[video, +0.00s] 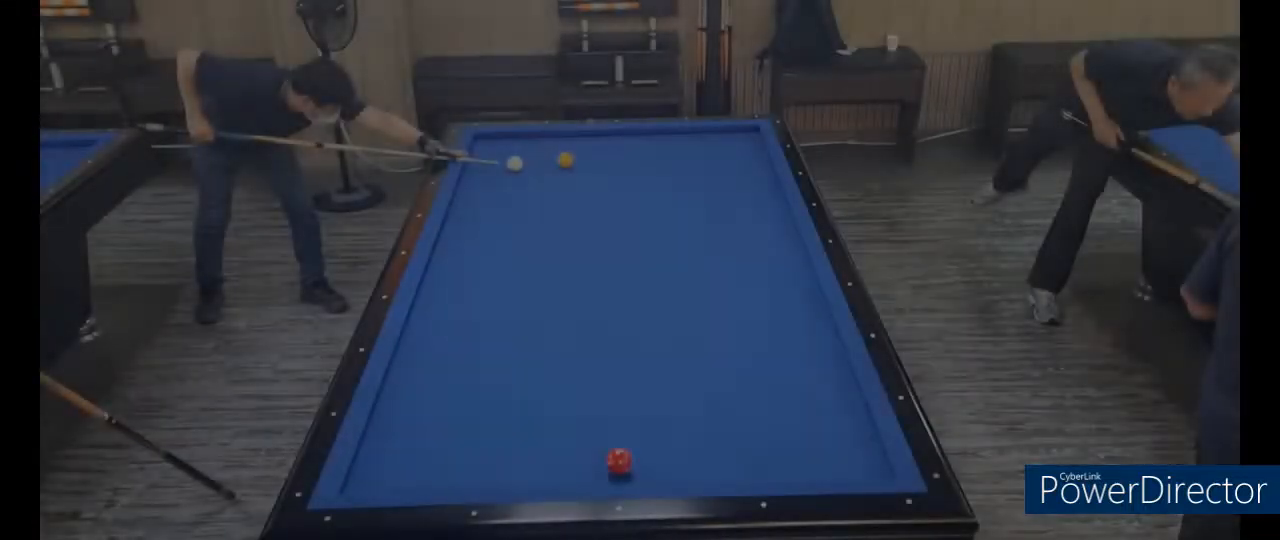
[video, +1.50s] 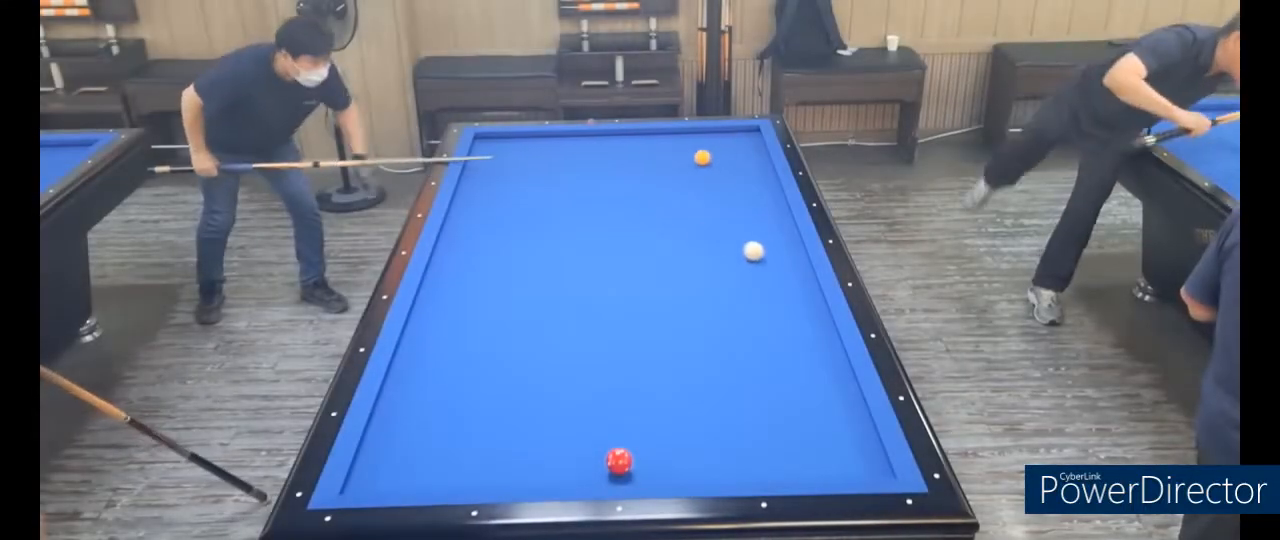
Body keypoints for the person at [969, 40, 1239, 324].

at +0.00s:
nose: (1208, 114)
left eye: (1214, 106)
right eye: (1202, 106)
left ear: (1223, 94)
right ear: (1175, 86)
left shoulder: (1222, 104)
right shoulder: (1138, 63)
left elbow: (1233, 152)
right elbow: (1078, 64)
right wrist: (1099, 119)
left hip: (1142, 146)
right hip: (1096, 133)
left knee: (1166, 201)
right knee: (1079, 202)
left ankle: (1159, 284)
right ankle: (1044, 287)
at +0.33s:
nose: (1208, 114)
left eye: (1215, 106)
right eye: (1202, 105)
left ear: (1225, 95)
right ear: (1176, 86)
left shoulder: (1222, 105)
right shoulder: (1135, 63)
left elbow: (1235, 151)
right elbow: (1078, 63)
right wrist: (1099, 118)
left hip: (1128, 136)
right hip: (1077, 112)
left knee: (1169, 198)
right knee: (1036, 144)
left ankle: (1160, 284)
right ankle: (1003, 181)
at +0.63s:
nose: (1214, 114)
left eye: (1221, 106)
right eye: (1207, 105)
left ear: (1229, 95)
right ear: (1177, 87)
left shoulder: (1225, 106)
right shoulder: (1137, 67)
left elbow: (1235, 149)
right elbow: (1075, 80)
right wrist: (1106, 129)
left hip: (1124, 130)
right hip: (1078, 108)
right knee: (1033, 137)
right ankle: (1000, 172)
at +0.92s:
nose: (1222, 110)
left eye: (1227, 102)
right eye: (1217, 100)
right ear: (1186, 83)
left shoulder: (1224, 107)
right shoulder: (1143, 65)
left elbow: (1236, 144)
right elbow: (1069, 74)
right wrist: (1080, 130)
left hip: (1133, 143)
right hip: (1087, 119)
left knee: (1165, 203)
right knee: (1029, 126)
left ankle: (1156, 283)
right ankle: (998, 144)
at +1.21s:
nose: (1236, 90)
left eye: (1240, 81)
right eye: (1236, 77)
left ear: (1216, 64)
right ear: (1212, 61)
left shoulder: (1219, 102)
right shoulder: (1158, 52)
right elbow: (1070, 56)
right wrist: (1083, 108)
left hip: (1118, 134)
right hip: (1074, 106)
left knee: (1081, 207)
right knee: (1025, 120)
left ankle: (1043, 286)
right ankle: (1009, 118)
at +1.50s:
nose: (1243, 63)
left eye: (1245, 54)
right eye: (1244, 52)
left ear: (1236, 42)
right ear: (1235, 39)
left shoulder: (1220, 69)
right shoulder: (1181, 41)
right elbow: (1118, 78)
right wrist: (1178, 115)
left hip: (1117, 131)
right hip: (1081, 101)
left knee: (1085, 208)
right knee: (1031, 142)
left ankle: (1046, 286)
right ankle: (991, 179)